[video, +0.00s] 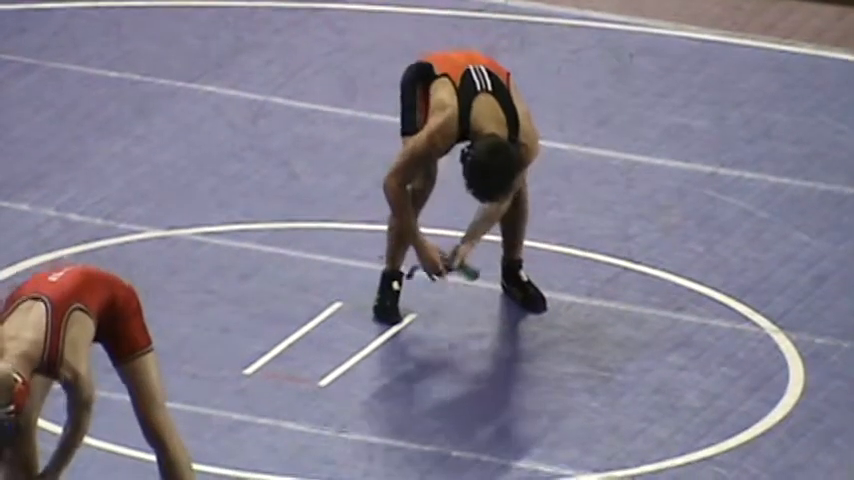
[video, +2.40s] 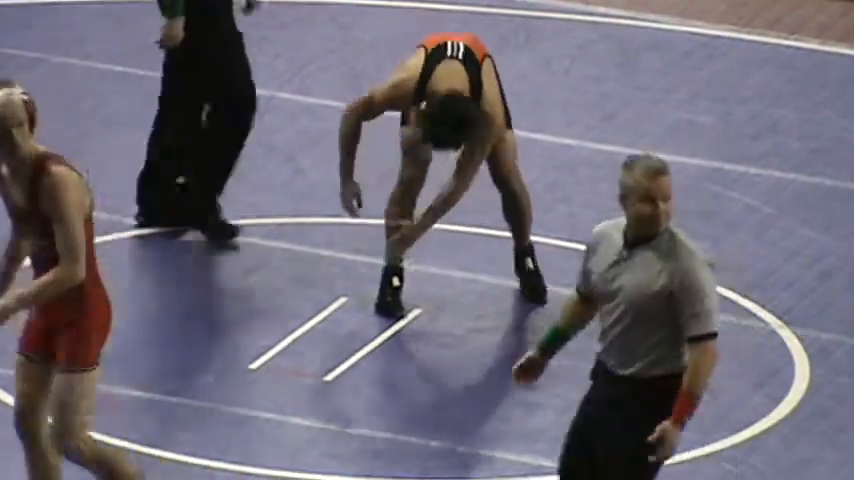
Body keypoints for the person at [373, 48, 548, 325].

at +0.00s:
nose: (489, 204)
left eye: (497, 199)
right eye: (483, 198)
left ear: (514, 169)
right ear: (468, 160)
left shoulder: (528, 144)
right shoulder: (443, 129)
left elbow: (501, 202)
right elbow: (392, 183)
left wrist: (467, 244)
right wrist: (420, 246)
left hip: (492, 74)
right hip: (428, 74)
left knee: (517, 191)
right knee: (420, 184)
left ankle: (513, 273)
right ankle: (391, 279)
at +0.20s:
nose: (469, 199)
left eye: (477, 196)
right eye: (464, 194)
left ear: (500, 165)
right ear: (453, 153)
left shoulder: (515, 140)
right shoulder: (428, 124)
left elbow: (486, 195)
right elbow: (370, 171)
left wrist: (458, 248)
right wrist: (383, 240)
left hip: (486, 73)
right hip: (421, 72)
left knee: (507, 185)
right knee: (413, 186)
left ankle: (513, 275)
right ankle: (391, 282)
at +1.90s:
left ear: (477, 188)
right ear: (429, 192)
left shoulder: (493, 153)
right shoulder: (401, 151)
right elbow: (381, 186)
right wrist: (404, 242)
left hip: (467, 75)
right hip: (411, 76)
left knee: (508, 194)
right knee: (405, 191)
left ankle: (521, 270)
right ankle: (391, 279)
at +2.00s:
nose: (444, 228)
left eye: (451, 225)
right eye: (438, 223)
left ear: (473, 183)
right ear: (424, 186)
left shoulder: (492, 150)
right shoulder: (397, 151)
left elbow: (515, 200)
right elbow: (378, 177)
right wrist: (396, 230)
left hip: (464, 73)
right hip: (408, 76)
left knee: (506, 190)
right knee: (403, 192)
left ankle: (521, 268)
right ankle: (391, 277)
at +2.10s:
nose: (433, 221)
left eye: (443, 219)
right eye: (431, 215)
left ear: (469, 178)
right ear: (421, 183)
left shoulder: (488, 145)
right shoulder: (395, 141)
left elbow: (513, 196)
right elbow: (371, 164)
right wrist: (384, 216)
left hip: (464, 73)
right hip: (408, 73)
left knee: (503, 188)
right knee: (402, 186)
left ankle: (521, 267)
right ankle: (391, 276)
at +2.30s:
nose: (442, 193)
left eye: (446, 189)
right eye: (438, 189)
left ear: (462, 158)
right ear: (416, 145)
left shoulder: (482, 134)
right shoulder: (397, 111)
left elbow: (463, 194)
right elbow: (350, 131)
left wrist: (421, 236)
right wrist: (352, 197)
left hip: (469, 65)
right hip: (415, 63)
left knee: (502, 180)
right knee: (402, 187)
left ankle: (520, 264)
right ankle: (391, 276)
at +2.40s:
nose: (439, 152)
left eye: (449, 150)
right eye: (434, 145)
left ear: (466, 132)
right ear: (422, 115)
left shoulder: (487, 120)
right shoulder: (405, 88)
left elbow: (459, 185)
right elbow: (353, 114)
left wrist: (418, 230)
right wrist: (347, 180)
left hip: (480, 59)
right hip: (427, 53)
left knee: (507, 177)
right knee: (410, 179)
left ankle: (525, 256)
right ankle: (392, 273)